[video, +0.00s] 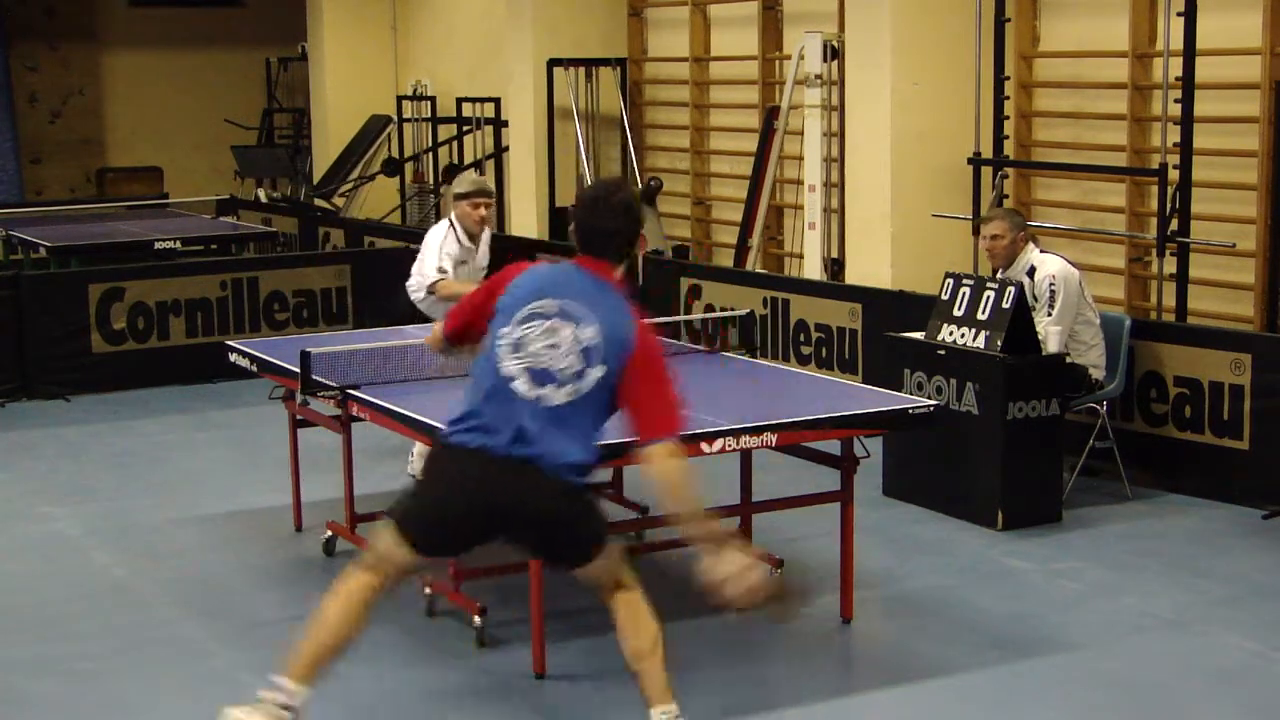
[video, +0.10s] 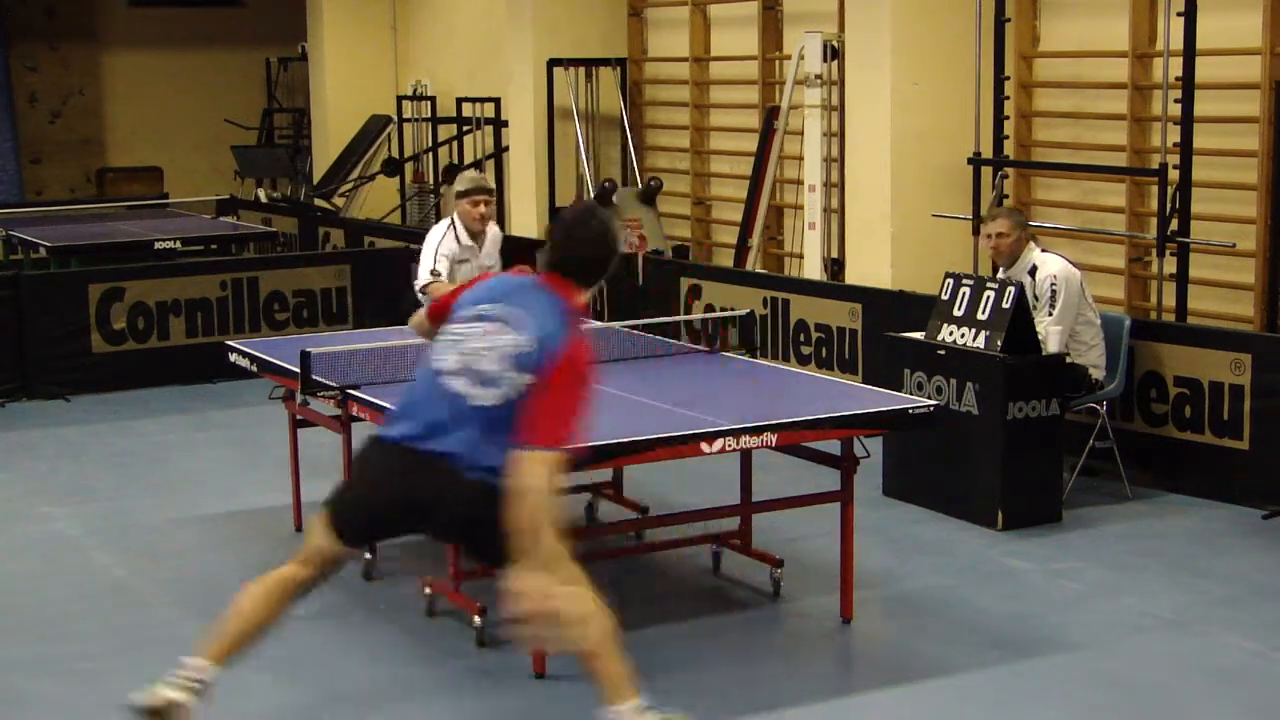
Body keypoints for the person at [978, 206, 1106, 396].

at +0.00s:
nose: (987, 247)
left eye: (996, 238)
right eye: (984, 239)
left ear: (1020, 240)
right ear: (979, 240)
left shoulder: (1053, 273)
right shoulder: (1004, 275)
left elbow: (1047, 346)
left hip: (1081, 372)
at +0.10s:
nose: (993, 245)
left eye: (1001, 236)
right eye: (988, 237)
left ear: (1022, 236)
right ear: (982, 241)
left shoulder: (1055, 273)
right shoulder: (1004, 276)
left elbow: (1047, 345)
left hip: (1082, 373)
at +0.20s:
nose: (994, 244)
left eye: (1003, 235)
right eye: (990, 237)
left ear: (1024, 236)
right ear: (985, 240)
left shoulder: (1056, 273)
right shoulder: (1004, 275)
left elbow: (1048, 345)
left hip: (1081, 372)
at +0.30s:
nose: (994, 244)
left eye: (1003, 235)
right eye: (990, 237)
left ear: (1024, 237)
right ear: (986, 240)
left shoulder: (1057, 273)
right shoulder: (1004, 276)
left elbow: (1048, 345)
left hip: (1081, 372)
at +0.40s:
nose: (996, 244)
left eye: (1005, 235)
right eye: (992, 237)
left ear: (1026, 237)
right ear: (987, 240)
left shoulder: (1058, 273)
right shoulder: (1006, 276)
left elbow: (1049, 345)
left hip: (1082, 373)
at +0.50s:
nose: (998, 243)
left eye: (1007, 234)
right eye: (994, 236)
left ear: (1030, 236)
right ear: (991, 239)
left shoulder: (1061, 273)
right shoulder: (1007, 276)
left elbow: (1052, 346)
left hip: (1081, 372)